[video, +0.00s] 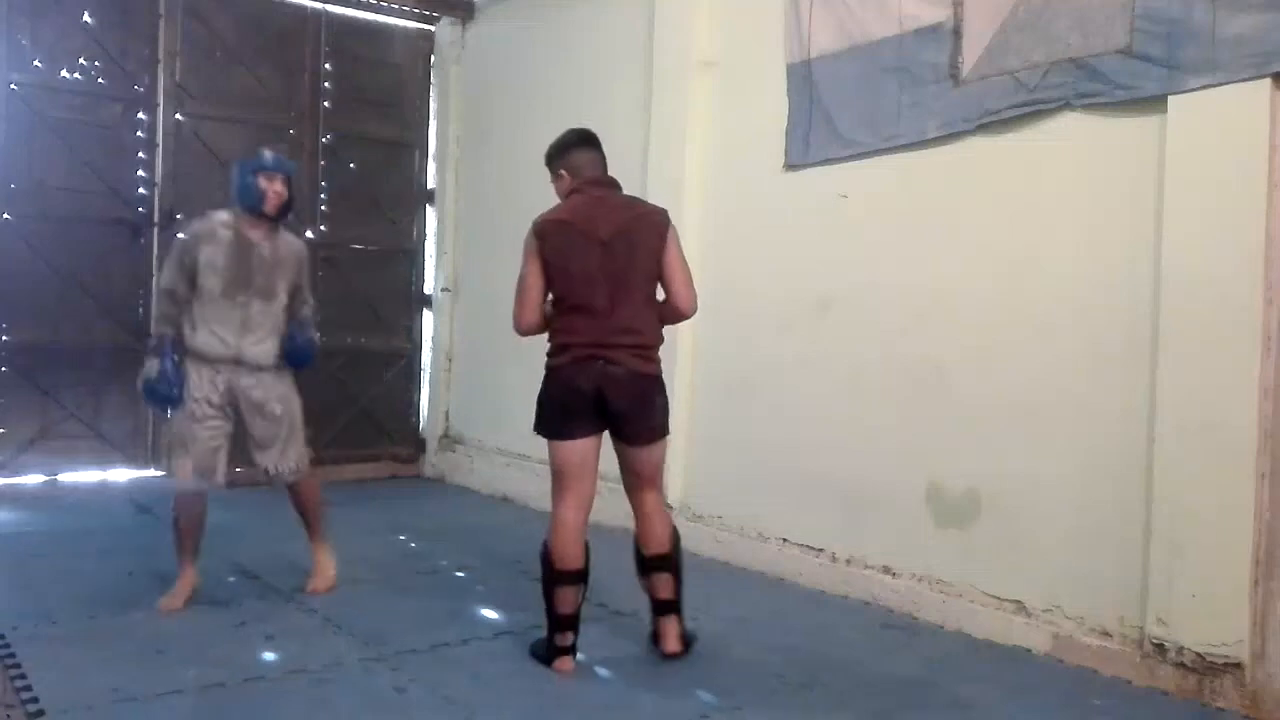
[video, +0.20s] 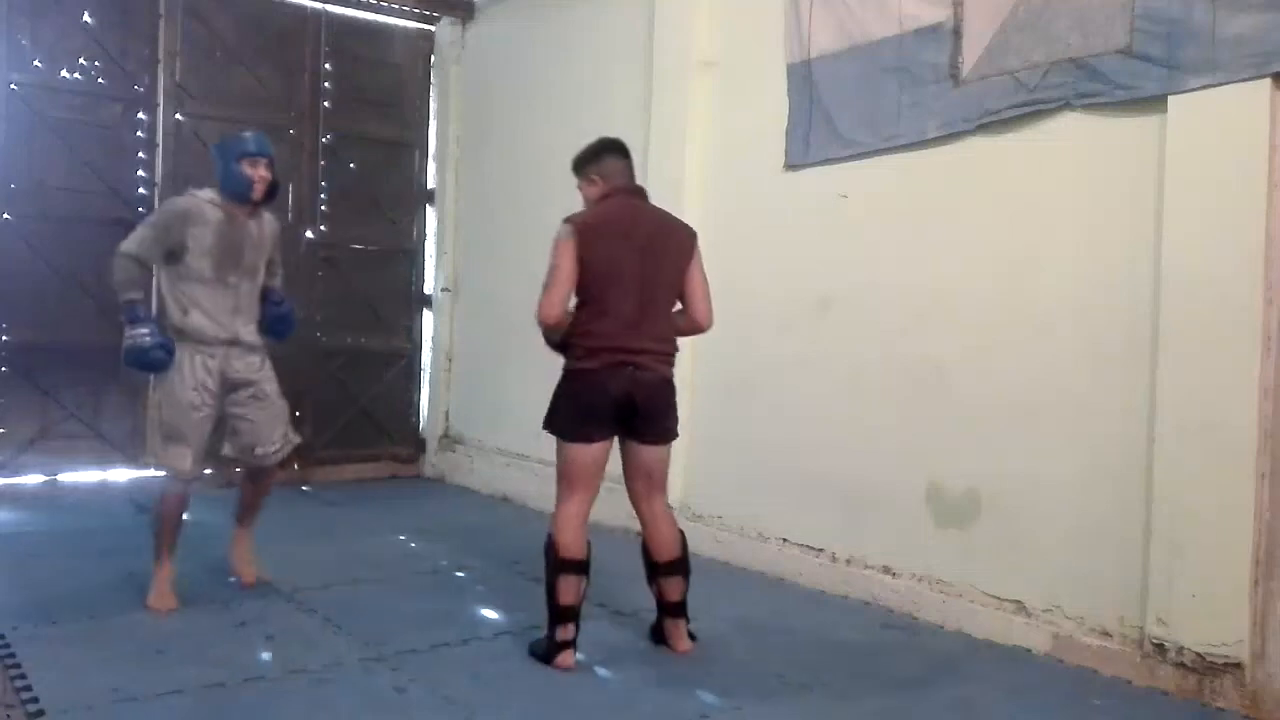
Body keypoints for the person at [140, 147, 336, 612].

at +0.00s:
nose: (274, 188)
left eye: (282, 181)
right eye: (265, 178)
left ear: (289, 193)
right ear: (245, 182)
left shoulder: (293, 250)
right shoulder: (203, 233)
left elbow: (302, 306)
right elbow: (169, 294)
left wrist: (303, 336)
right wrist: (163, 352)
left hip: (267, 372)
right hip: (202, 368)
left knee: (292, 467)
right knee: (189, 475)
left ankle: (321, 552)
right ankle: (186, 572)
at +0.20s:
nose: (260, 173)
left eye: (266, 165)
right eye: (250, 163)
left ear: (271, 175)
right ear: (226, 167)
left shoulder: (268, 226)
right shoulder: (187, 211)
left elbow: (272, 276)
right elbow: (129, 257)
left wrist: (274, 305)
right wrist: (136, 321)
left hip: (247, 353)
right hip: (190, 353)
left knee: (269, 453)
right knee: (181, 468)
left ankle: (242, 540)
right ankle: (163, 569)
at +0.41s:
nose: (249, 189)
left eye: (252, 181)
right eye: (239, 180)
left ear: (255, 190)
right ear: (214, 185)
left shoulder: (249, 243)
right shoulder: (179, 231)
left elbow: (242, 301)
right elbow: (122, 288)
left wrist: (260, 324)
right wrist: (153, 335)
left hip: (235, 377)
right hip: (185, 377)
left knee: (225, 476)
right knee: (173, 482)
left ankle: (193, 552)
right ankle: (158, 574)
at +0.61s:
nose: (251, 164)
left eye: (254, 156)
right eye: (241, 154)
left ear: (255, 167)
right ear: (214, 159)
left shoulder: (244, 216)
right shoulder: (183, 204)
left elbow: (233, 279)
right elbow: (146, 270)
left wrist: (265, 297)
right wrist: (214, 288)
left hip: (237, 352)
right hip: (189, 349)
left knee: (220, 465)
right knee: (177, 464)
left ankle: (197, 557)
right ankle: (141, 565)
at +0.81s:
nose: (259, 200)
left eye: (258, 191)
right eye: (247, 192)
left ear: (253, 203)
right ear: (222, 201)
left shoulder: (243, 256)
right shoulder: (199, 248)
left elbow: (238, 321)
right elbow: (178, 315)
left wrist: (280, 330)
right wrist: (243, 321)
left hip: (235, 393)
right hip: (192, 391)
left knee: (232, 495)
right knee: (189, 498)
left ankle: (186, 575)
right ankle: (131, 571)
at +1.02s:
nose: (276, 163)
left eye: (273, 154)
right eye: (264, 155)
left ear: (255, 163)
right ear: (240, 162)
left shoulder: (251, 218)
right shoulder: (216, 206)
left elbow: (235, 282)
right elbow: (165, 262)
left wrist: (268, 304)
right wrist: (238, 284)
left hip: (228, 349)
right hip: (199, 346)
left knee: (220, 467)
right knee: (215, 466)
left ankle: (181, 571)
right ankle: (173, 575)